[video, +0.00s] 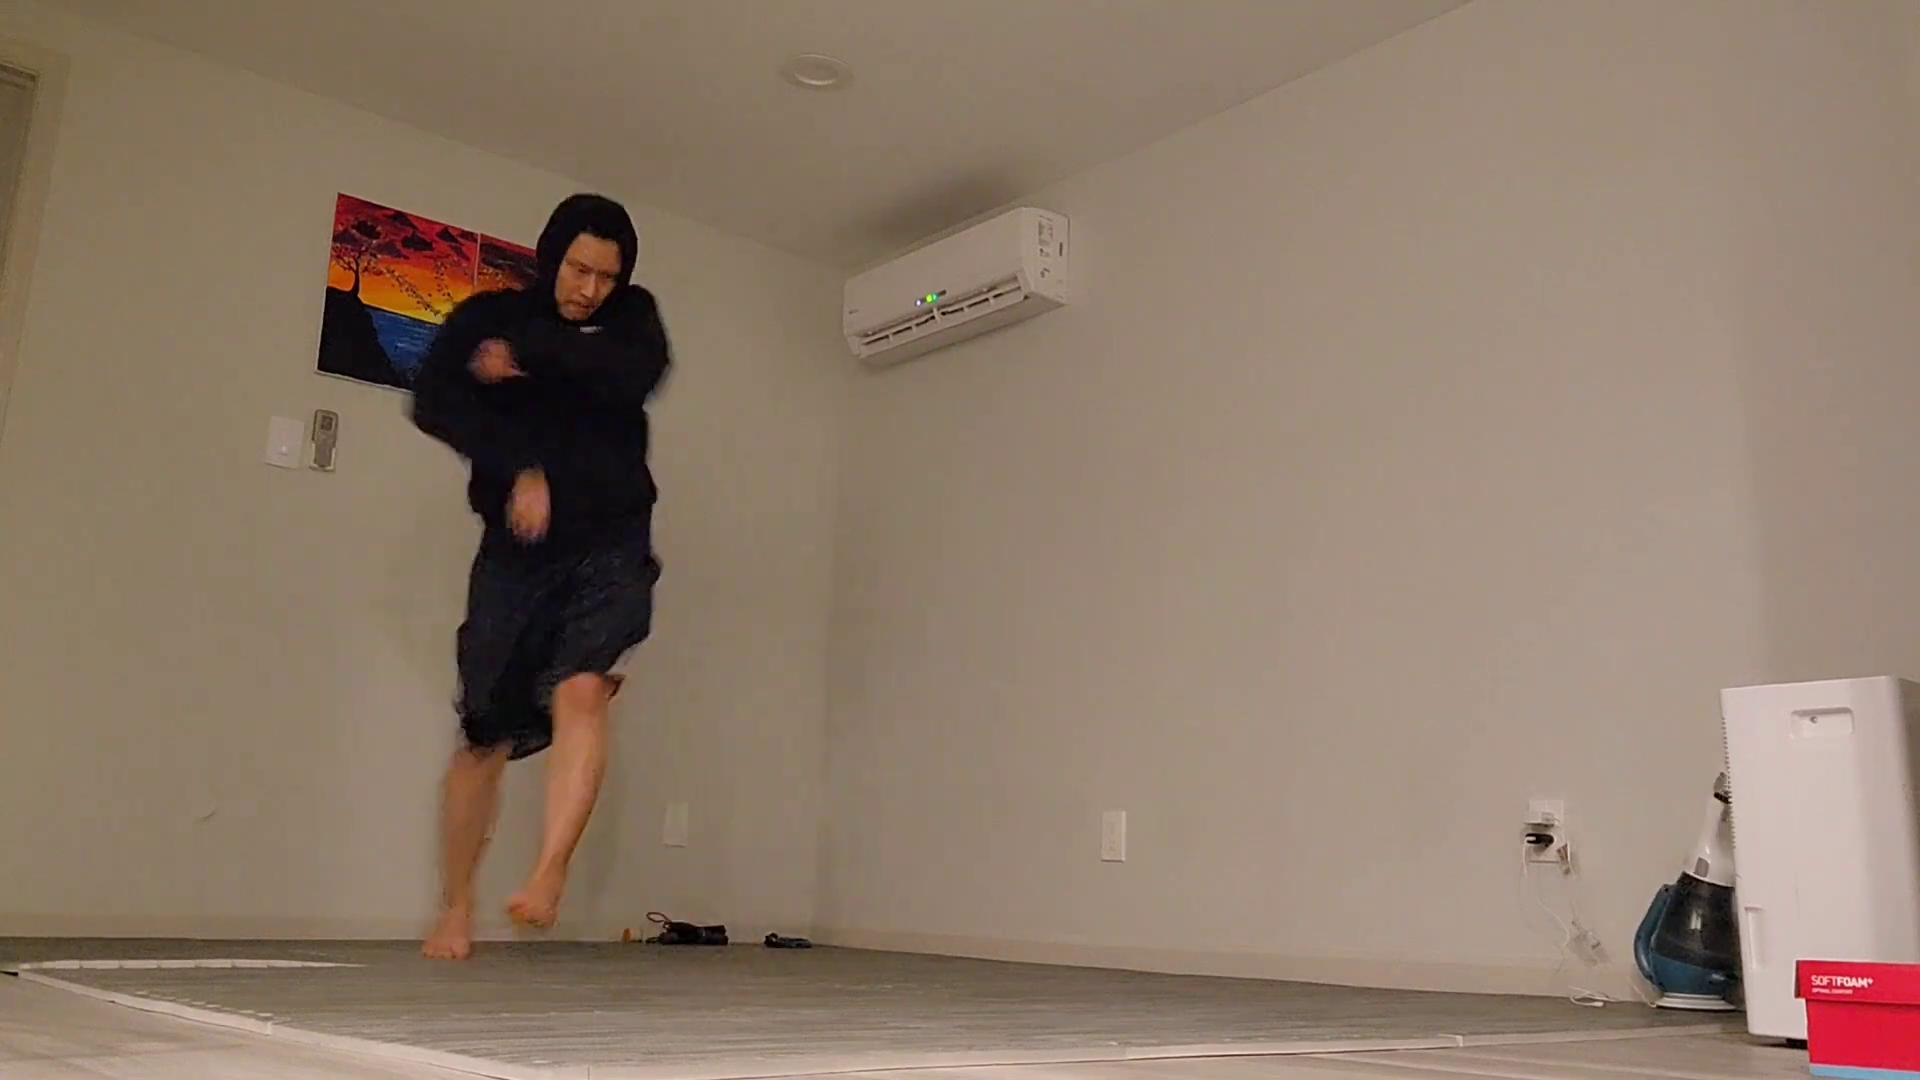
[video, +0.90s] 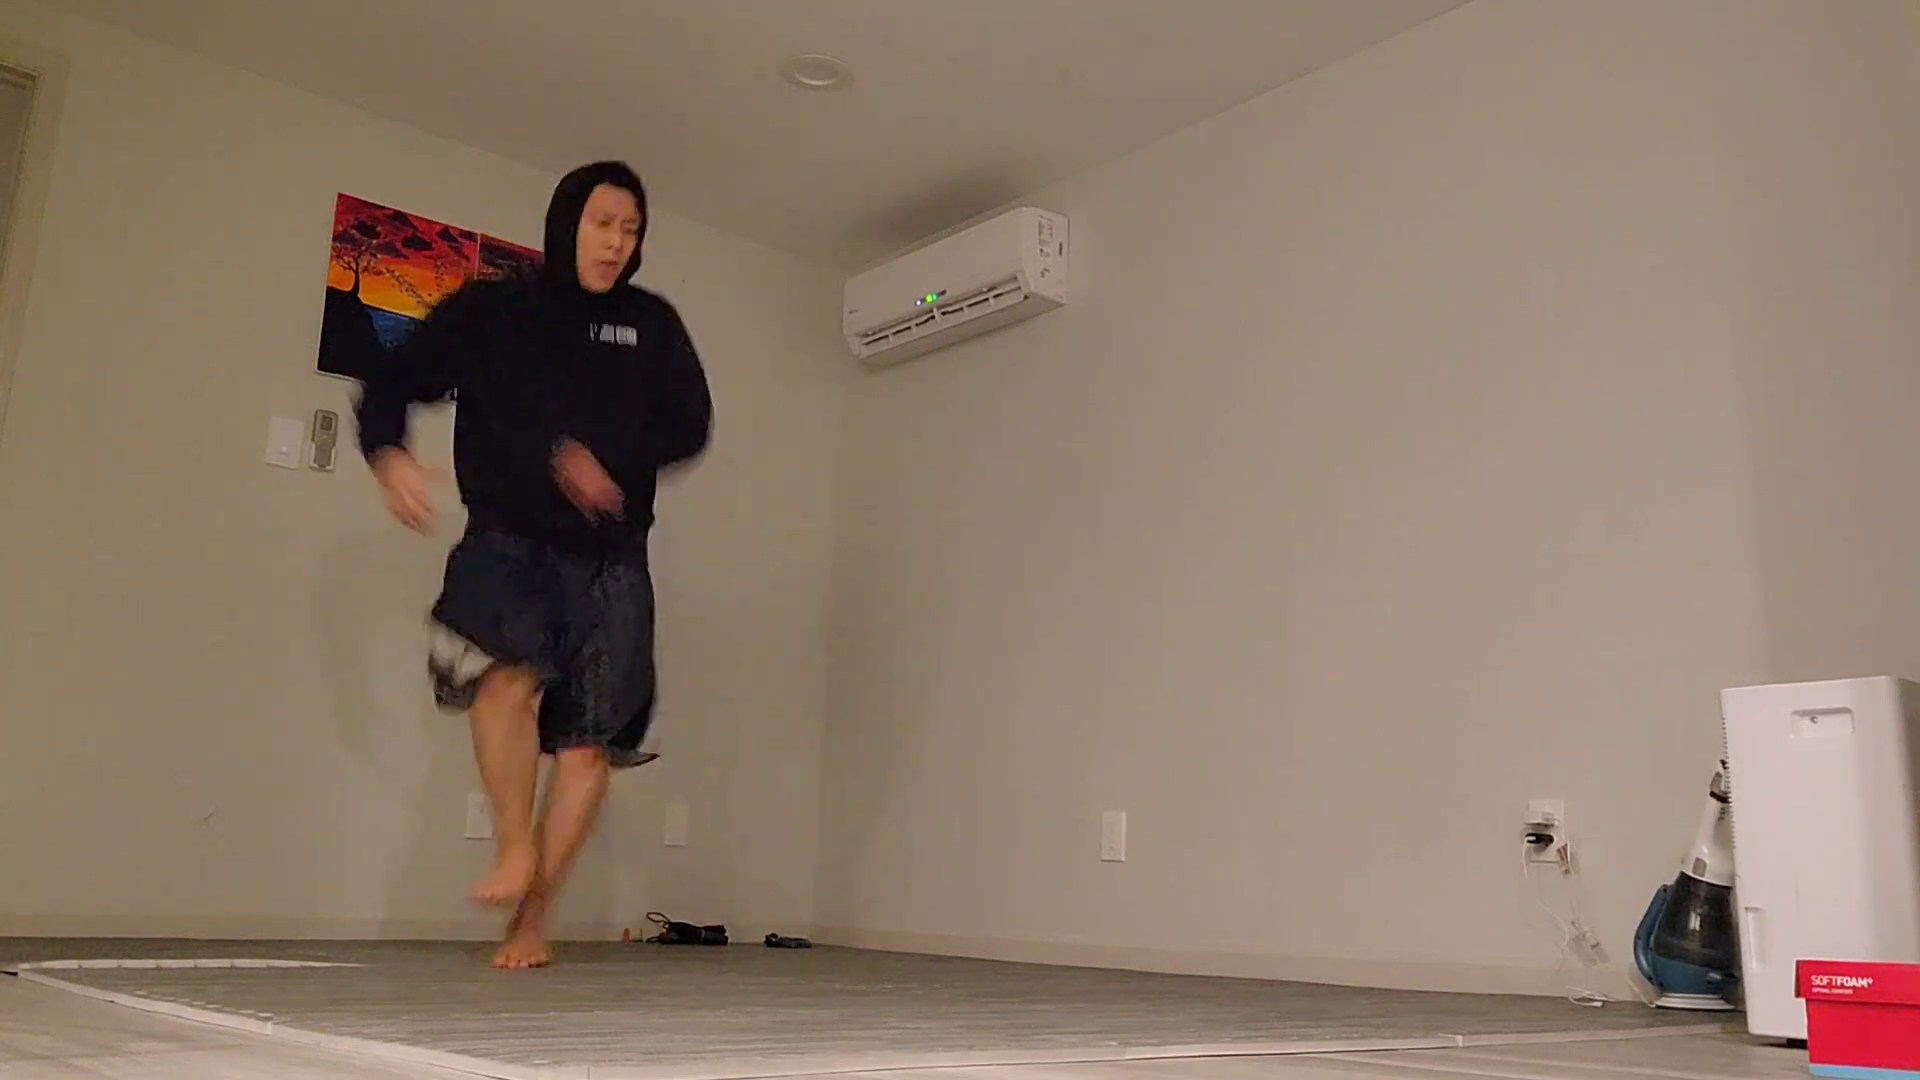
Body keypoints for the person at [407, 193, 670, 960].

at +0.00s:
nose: (586, 287)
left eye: (603, 274)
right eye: (575, 268)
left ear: (622, 275)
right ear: (549, 259)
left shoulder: (631, 316)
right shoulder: (490, 315)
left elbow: (637, 371)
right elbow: (433, 401)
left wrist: (525, 356)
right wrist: (517, 467)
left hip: (608, 544)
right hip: (514, 546)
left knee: (581, 688)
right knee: (485, 734)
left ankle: (549, 878)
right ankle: (456, 907)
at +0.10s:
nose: (582, 300)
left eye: (599, 289)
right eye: (572, 281)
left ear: (614, 293)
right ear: (544, 275)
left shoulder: (619, 338)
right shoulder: (484, 350)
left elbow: (567, 378)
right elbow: (476, 466)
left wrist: (464, 380)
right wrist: (520, 537)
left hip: (590, 562)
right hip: (494, 559)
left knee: (552, 724)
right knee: (468, 750)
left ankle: (521, 920)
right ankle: (455, 918)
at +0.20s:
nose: (558, 300)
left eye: (575, 287)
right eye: (546, 282)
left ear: (593, 293)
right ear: (517, 279)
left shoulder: (609, 343)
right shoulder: (471, 355)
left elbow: (582, 437)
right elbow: (449, 460)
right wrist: (497, 536)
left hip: (592, 563)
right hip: (497, 558)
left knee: (541, 730)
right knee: (439, 738)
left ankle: (506, 924)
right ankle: (461, 899)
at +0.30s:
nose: (507, 320)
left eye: (524, 304)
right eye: (495, 301)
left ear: (552, 298)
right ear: (478, 295)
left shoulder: (602, 362)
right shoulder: (467, 360)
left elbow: (628, 489)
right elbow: (428, 466)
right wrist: (480, 497)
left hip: (582, 581)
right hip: (498, 574)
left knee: (539, 738)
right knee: (407, 710)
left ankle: (503, 926)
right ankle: (497, 844)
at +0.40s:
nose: (492, 322)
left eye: (507, 307)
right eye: (480, 306)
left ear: (540, 297)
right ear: (466, 296)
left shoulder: (608, 344)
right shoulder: (461, 353)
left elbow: (686, 442)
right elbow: (439, 465)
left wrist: (715, 549)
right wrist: (482, 403)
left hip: (595, 567)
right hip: (505, 567)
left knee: (549, 731)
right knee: (434, 718)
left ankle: (507, 924)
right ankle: (546, 857)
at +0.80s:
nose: (597, 257)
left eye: (610, 243)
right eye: (583, 240)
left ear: (624, 254)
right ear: (548, 244)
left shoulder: (648, 340)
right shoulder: (488, 337)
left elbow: (702, 445)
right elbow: (420, 451)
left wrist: (699, 534)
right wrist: (464, 515)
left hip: (609, 572)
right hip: (505, 570)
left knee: (591, 747)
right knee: (471, 718)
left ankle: (561, 926)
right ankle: (534, 799)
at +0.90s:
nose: (614, 240)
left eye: (627, 228)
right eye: (600, 222)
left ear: (638, 239)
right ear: (565, 224)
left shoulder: (653, 323)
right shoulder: (494, 308)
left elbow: (690, 427)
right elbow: (391, 378)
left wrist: (615, 465)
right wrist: (387, 450)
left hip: (608, 558)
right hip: (506, 543)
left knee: (586, 746)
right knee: (506, 675)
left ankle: (533, 920)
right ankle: (514, 843)